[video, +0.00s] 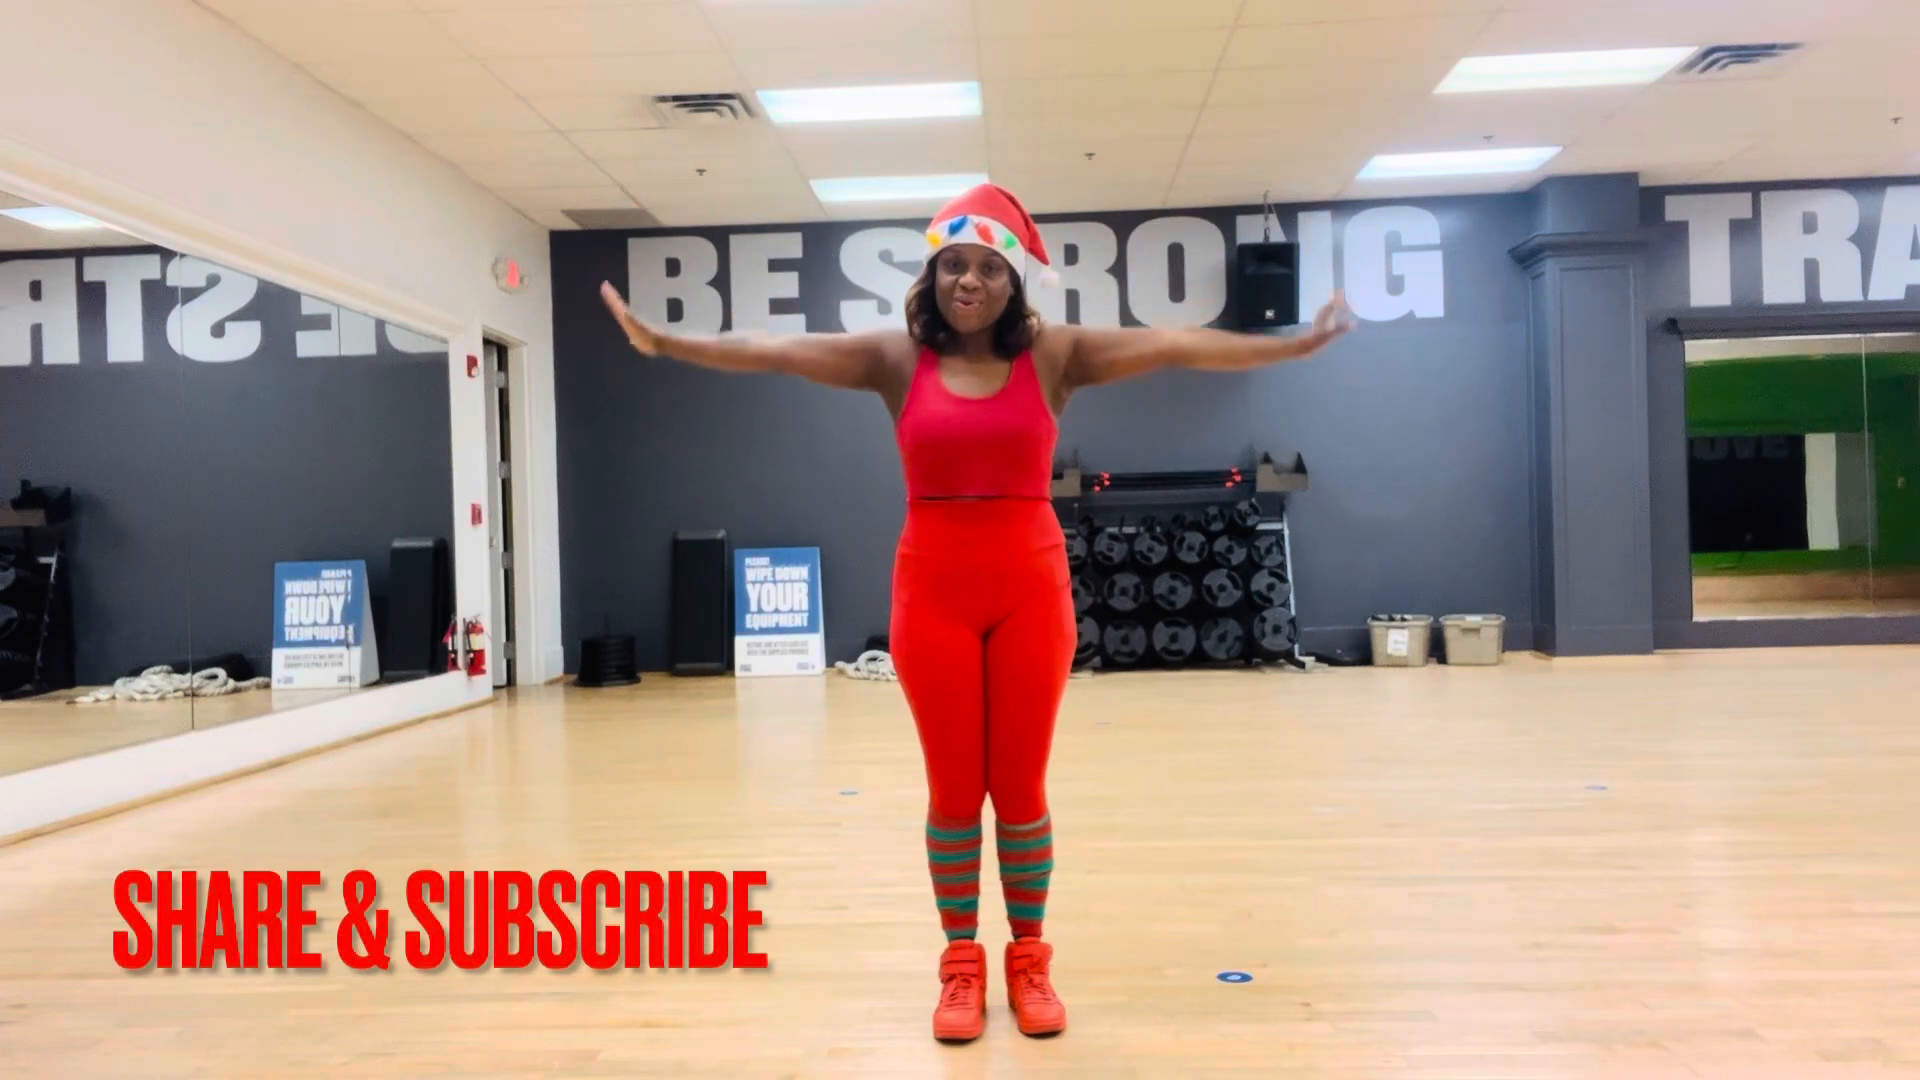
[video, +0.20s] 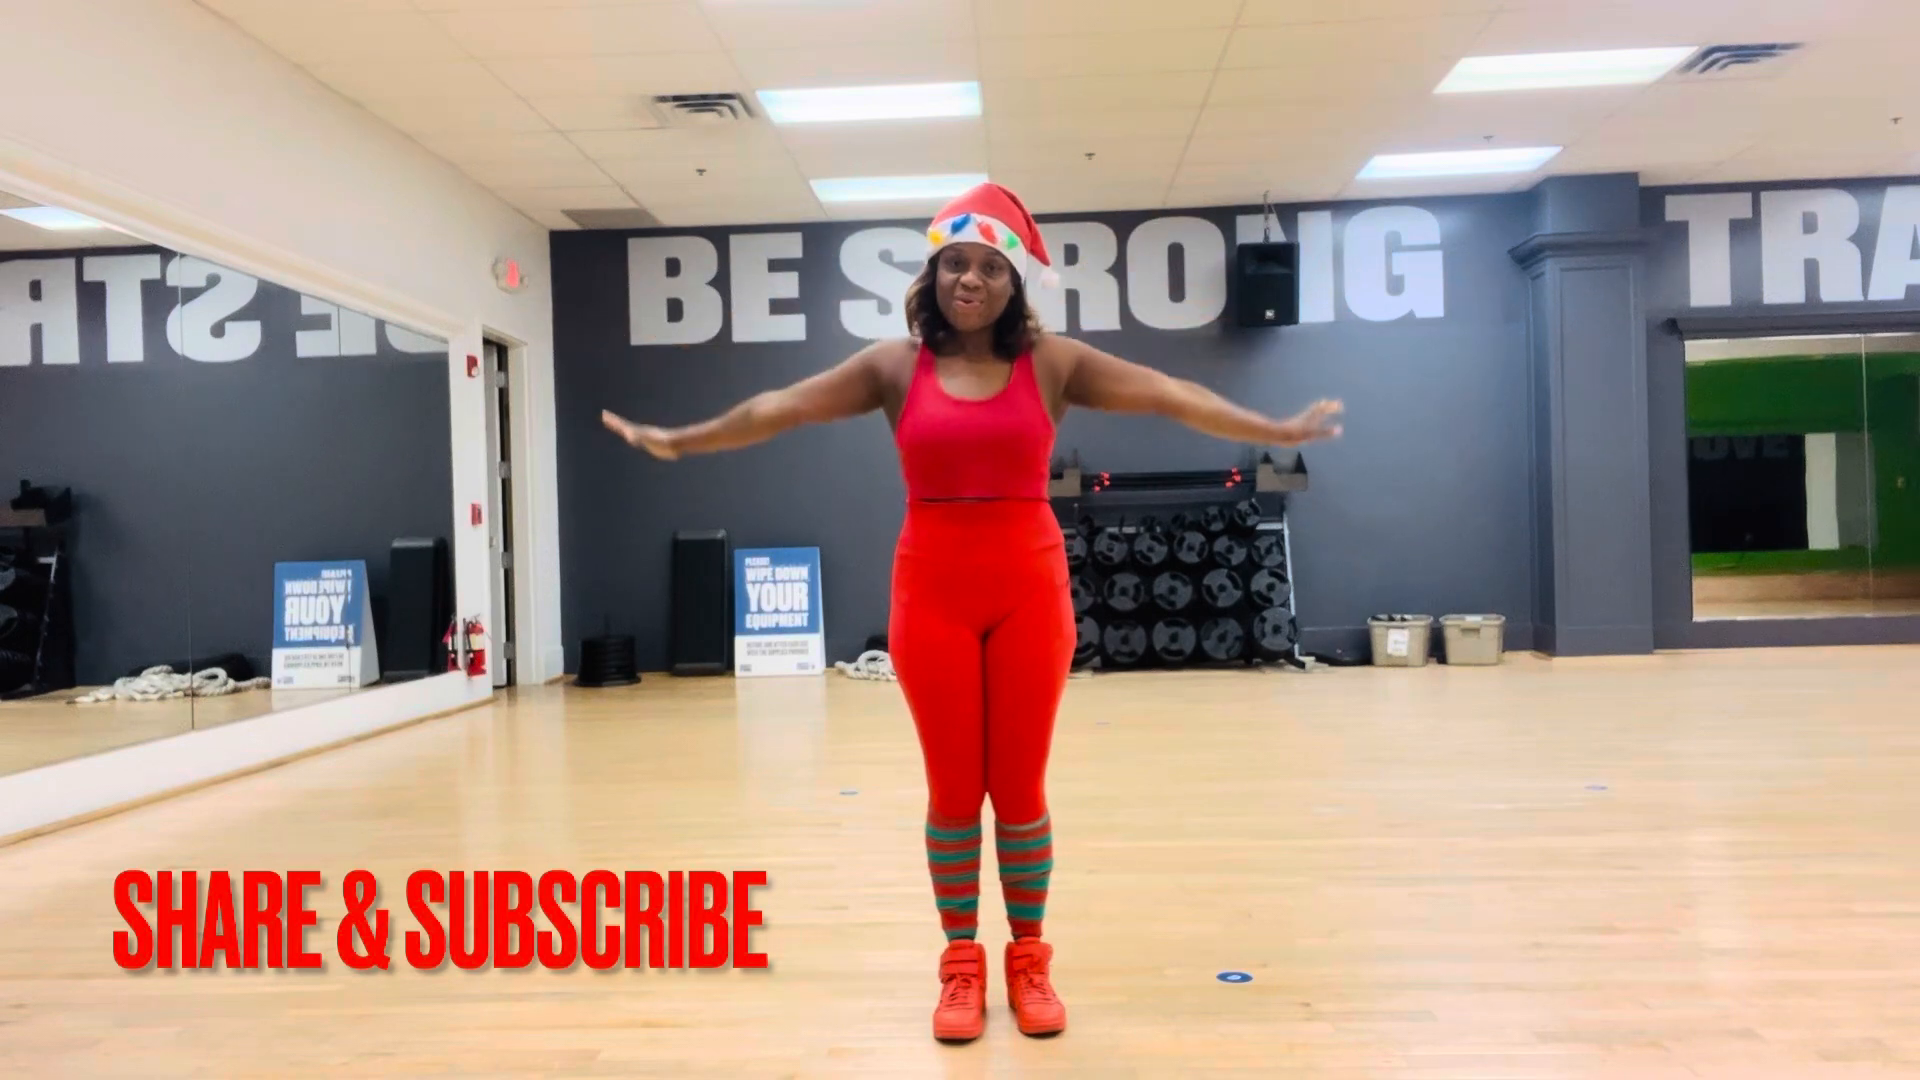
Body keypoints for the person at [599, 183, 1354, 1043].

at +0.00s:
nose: (966, 285)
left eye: (984, 270)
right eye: (952, 268)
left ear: (1014, 278)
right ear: (931, 276)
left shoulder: (1054, 351)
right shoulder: (898, 355)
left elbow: (1176, 345)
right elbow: (774, 353)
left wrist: (1291, 345)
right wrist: (658, 342)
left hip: (1031, 591)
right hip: (933, 593)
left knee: (1019, 786)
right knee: (955, 785)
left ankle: (1030, 961)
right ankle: (962, 966)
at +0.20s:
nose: (968, 280)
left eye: (985, 268)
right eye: (954, 267)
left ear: (1013, 282)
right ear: (933, 280)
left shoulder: (1051, 361)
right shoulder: (896, 364)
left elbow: (1170, 396)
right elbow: (779, 408)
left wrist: (1276, 430)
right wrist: (678, 442)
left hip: (1031, 589)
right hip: (932, 593)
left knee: (1019, 785)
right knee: (954, 787)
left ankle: (1030, 959)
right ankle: (962, 965)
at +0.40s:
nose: (970, 282)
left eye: (989, 270)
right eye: (956, 266)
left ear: (1013, 286)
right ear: (933, 276)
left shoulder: (1050, 370)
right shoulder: (894, 372)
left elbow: (1149, 450)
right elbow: (799, 469)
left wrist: (1234, 528)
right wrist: (722, 541)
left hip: (1030, 589)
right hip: (931, 591)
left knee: (1018, 784)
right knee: (954, 788)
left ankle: (1031, 960)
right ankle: (963, 966)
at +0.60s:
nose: (969, 282)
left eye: (988, 270)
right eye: (955, 265)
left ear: (1012, 285)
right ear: (932, 277)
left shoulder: (1049, 375)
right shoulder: (894, 377)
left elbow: (1093, 483)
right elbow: (856, 498)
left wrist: (1143, 592)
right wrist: (818, 598)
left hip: (1031, 592)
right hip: (931, 593)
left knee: (1019, 785)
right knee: (955, 786)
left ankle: (1029, 964)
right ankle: (961, 965)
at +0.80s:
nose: (964, 284)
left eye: (983, 272)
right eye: (950, 268)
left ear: (1008, 288)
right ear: (929, 281)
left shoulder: (1045, 371)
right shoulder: (892, 374)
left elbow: (1064, 478)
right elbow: (884, 485)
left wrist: (988, 544)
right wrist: (928, 557)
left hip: (1033, 592)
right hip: (933, 594)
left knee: (1021, 782)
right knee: (955, 783)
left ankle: (1030, 966)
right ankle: (962, 968)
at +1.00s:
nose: (966, 270)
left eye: (977, 255)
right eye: (945, 262)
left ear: (1002, 268)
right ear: (922, 285)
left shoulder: (1045, 365)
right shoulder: (892, 375)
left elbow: (1071, 482)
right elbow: (876, 495)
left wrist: (966, 456)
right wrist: (969, 504)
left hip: (1032, 592)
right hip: (934, 596)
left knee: (1019, 782)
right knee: (955, 785)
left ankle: (1031, 966)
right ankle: (962, 969)